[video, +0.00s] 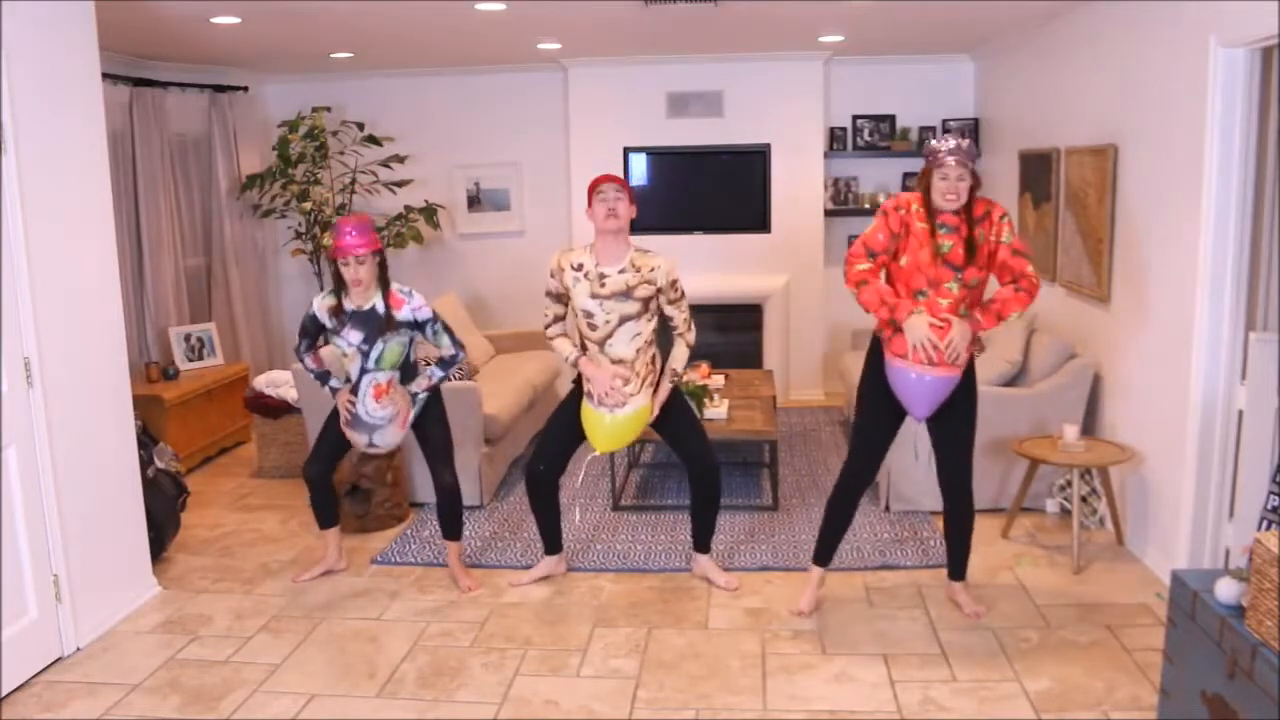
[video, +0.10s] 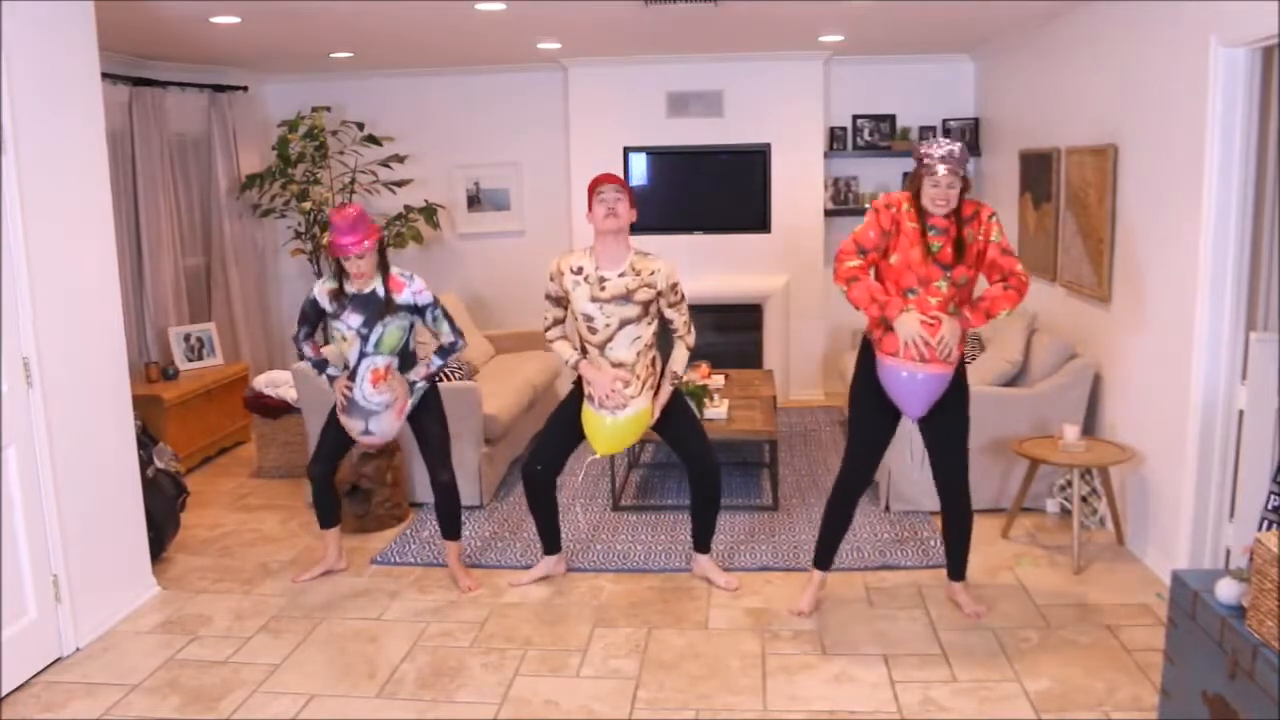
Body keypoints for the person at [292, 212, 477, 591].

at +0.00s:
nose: (354, 271)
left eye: (362, 261)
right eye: (346, 264)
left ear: (378, 259)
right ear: (337, 265)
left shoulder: (406, 302)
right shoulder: (326, 307)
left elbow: (453, 353)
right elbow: (303, 348)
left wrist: (413, 392)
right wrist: (336, 387)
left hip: (415, 391)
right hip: (356, 396)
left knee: (445, 475)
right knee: (316, 470)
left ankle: (455, 559)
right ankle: (333, 554)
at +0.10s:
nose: (357, 266)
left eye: (363, 256)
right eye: (348, 260)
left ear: (377, 247)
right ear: (337, 258)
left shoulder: (407, 287)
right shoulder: (326, 293)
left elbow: (453, 340)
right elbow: (303, 338)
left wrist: (416, 378)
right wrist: (332, 376)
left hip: (413, 386)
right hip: (356, 391)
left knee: (441, 471)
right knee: (319, 468)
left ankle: (454, 560)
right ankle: (333, 555)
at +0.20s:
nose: (358, 258)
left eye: (363, 248)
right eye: (348, 252)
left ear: (378, 234)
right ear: (337, 248)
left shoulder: (412, 272)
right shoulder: (327, 277)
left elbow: (452, 328)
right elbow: (303, 325)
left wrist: (414, 366)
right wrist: (329, 363)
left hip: (411, 381)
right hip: (357, 385)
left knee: (436, 471)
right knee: (327, 467)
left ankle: (454, 561)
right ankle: (334, 554)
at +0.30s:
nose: (357, 255)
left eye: (362, 245)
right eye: (348, 249)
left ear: (377, 229)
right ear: (337, 243)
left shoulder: (413, 264)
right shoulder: (328, 272)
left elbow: (452, 322)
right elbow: (301, 322)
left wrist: (413, 361)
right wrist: (328, 358)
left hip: (410, 380)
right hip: (356, 383)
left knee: (432, 469)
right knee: (333, 466)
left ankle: (454, 560)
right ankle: (334, 554)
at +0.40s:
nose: (353, 251)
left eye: (359, 242)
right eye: (345, 246)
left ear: (376, 226)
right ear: (335, 240)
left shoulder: (413, 259)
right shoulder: (327, 268)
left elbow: (452, 315)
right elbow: (298, 317)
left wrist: (414, 355)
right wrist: (326, 354)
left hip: (410, 377)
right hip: (356, 381)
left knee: (432, 470)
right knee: (337, 467)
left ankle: (454, 561)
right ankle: (334, 555)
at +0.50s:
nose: (353, 253)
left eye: (359, 244)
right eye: (345, 247)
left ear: (376, 227)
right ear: (335, 240)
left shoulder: (412, 259)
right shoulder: (327, 268)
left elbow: (454, 313)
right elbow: (299, 317)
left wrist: (415, 352)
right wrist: (327, 351)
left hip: (410, 377)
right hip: (357, 381)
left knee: (433, 469)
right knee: (337, 467)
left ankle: (454, 562)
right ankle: (334, 555)